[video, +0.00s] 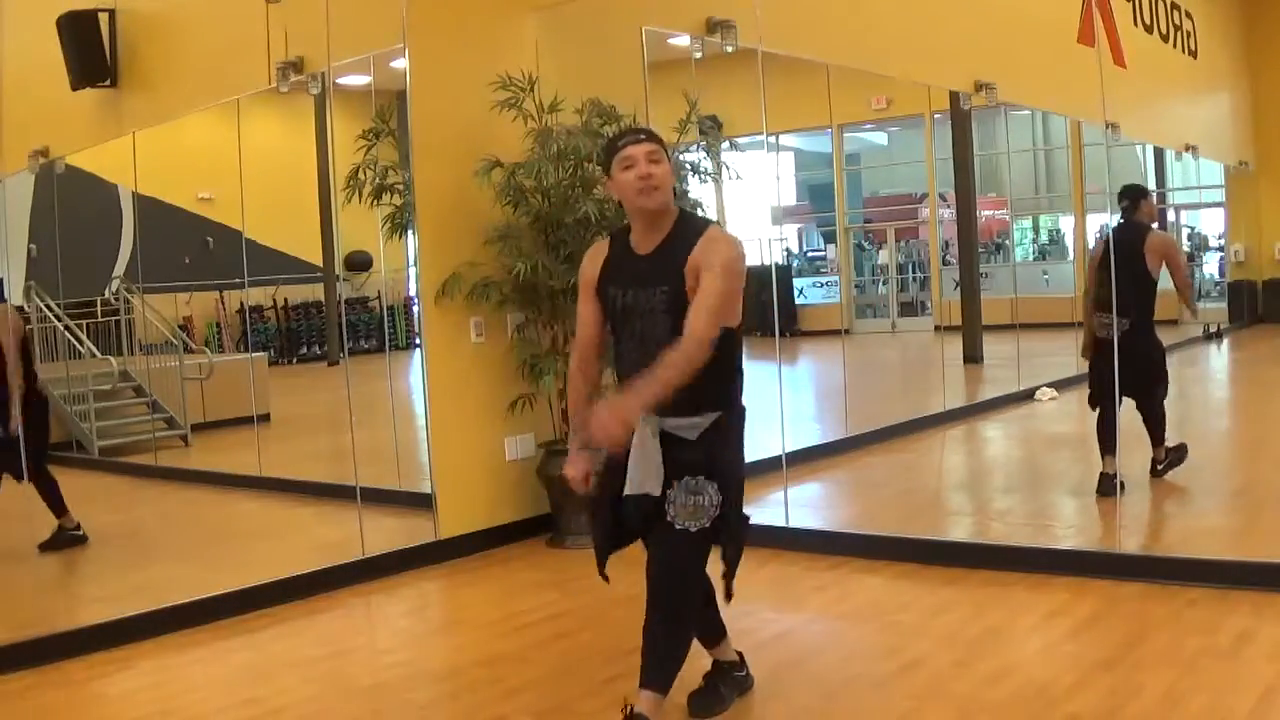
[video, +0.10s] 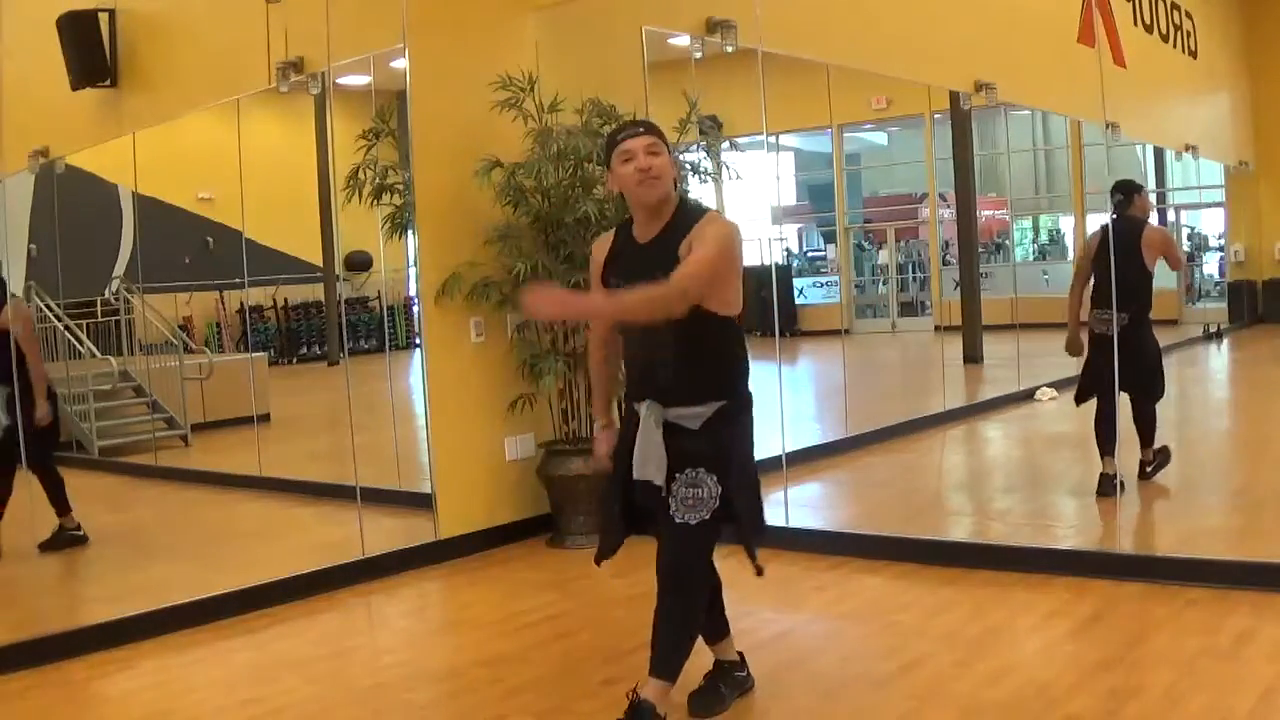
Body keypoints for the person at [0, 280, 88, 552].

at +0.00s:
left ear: (1, 291)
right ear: (4, 290)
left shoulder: (8, 316)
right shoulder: (8, 315)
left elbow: (14, 366)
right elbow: (14, 366)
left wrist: (15, 410)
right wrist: (16, 408)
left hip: (26, 403)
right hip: (25, 403)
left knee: (34, 465)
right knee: (34, 466)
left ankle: (69, 524)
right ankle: (68, 524)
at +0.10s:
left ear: (3, 287)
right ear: (5, 286)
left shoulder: (14, 311)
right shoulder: (11, 312)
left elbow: (34, 359)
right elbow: (32, 360)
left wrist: (41, 400)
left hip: (29, 395)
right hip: (16, 396)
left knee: (40, 460)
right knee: (40, 461)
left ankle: (69, 524)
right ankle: (68, 524)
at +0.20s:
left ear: (4, 279)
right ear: (7, 278)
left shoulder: (17, 306)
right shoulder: (14, 308)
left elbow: (45, 350)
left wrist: (60, 395)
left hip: (35, 400)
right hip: (19, 401)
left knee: (47, 458)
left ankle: (70, 526)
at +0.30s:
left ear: (4, 280)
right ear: (8, 278)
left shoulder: (24, 306)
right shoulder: (13, 309)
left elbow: (51, 349)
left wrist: (66, 392)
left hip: (43, 397)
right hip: (25, 399)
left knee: (50, 457)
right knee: (13, 457)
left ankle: (71, 525)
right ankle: (11, 530)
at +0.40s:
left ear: (5, 279)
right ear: (8, 277)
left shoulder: (29, 306)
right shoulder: (14, 308)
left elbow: (55, 352)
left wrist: (63, 395)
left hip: (42, 399)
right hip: (23, 400)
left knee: (53, 459)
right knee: (14, 461)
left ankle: (71, 525)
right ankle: (11, 530)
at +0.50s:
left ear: (5, 275)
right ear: (8, 273)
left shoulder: (31, 305)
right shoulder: (10, 308)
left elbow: (56, 354)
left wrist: (60, 401)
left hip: (41, 395)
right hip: (17, 396)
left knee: (53, 458)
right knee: (8, 461)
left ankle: (71, 525)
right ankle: (9, 528)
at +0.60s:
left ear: (4, 274)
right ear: (6, 273)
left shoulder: (28, 306)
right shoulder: (9, 309)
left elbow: (56, 353)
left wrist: (61, 400)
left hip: (38, 397)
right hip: (10, 399)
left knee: (53, 458)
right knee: (3, 461)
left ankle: (71, 525)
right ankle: (7, 525)